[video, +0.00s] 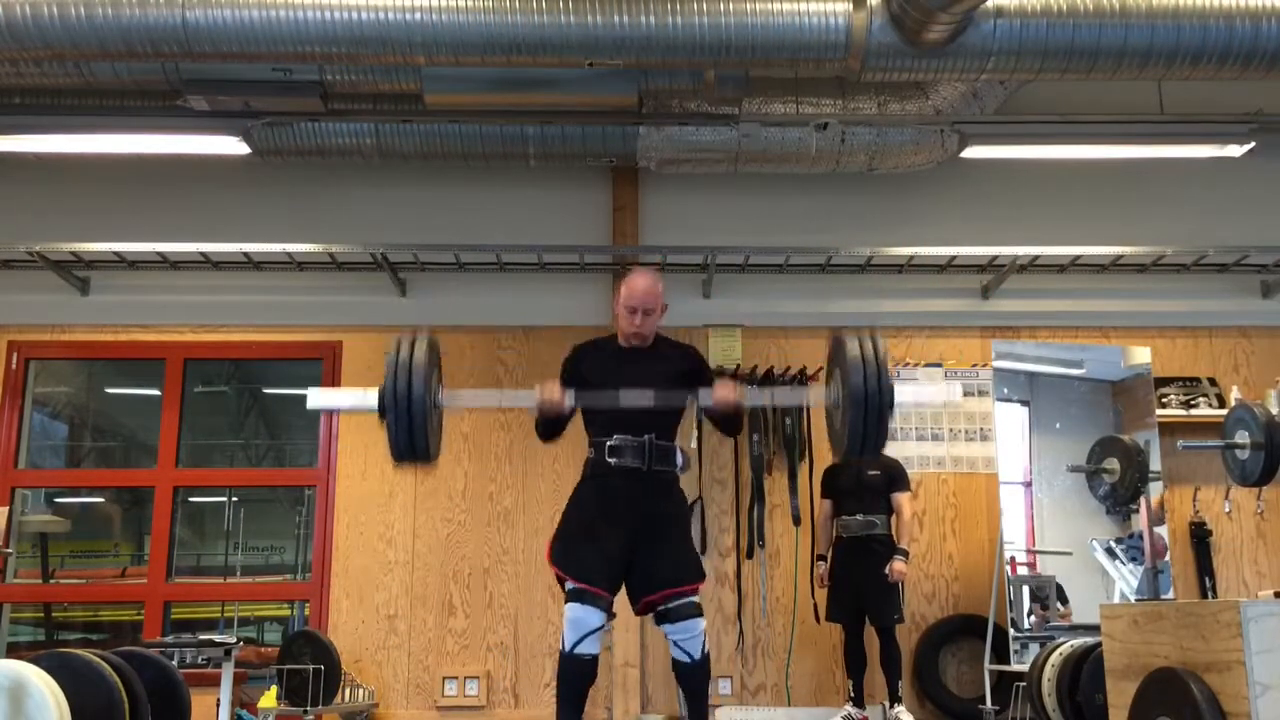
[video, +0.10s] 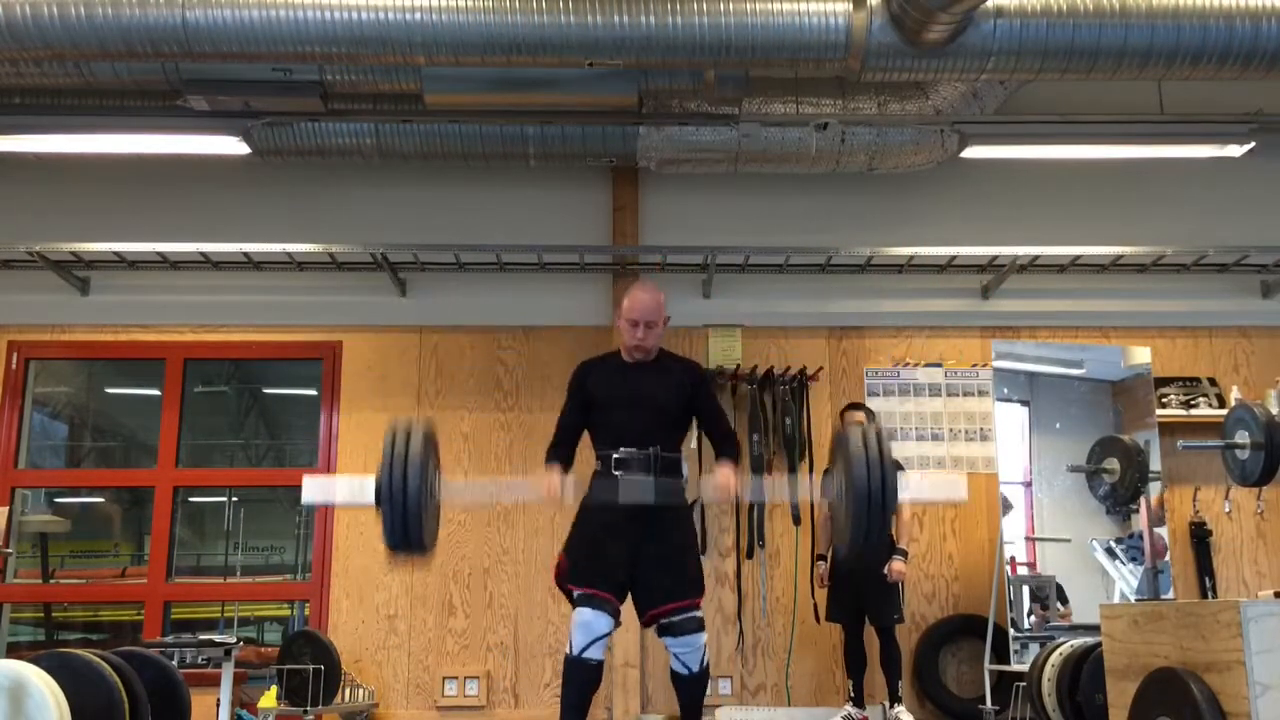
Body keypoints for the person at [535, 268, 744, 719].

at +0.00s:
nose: (639, 321)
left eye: (649, 312)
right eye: (631, 310)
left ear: (663, 311)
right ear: (615, 306)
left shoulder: (684, 361)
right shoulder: (586, 359)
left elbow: (730, 428)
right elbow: (548, 433)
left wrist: (728, 407)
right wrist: (550, 411)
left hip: (661, 502)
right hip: (600, 500)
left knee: (686, 626)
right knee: (583, 622)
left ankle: (698, 716)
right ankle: (568, 717)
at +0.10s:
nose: (640, 335)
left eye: (650, 326)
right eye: (632, 324)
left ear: (665, 323)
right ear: (617, 321)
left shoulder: (688, 376)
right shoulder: (591, 375)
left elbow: (723, 435)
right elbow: (565, 437)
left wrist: (726, 465)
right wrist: (555, 468)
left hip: (667, 517)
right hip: (606, 516)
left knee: (687, 637)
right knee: (589, 627)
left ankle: (691, 718)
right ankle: (571, 718)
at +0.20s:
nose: (647, 338)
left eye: (657, 330)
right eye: (639, 328)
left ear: (672, 329)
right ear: (627, 325)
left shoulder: (694, 381)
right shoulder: (599, 380)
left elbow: (729, 447)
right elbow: (573, 448)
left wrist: (731, 513)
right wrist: (560, 509)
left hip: (673, 516)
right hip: (614, 513)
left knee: (683, 630)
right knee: (594, 623)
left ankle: (690, 718)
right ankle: (570, 717)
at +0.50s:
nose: (649, 335)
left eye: (658, 325)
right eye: (641, 324)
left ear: (674, 325)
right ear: (628, 322)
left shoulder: (693, 377)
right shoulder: (601, 374)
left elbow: (722, 437)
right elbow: (582, 437)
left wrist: (744, 497)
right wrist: (570, 497)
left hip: (672, 509)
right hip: (615, 507)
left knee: (677, 616)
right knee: (597, 609)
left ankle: (688, 711)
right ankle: (594, 702)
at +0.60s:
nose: (638, 346)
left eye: (649, 336)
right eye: (632, 335)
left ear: (665, 336)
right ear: (620, 334)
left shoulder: (682, 388)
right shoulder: (594, 387)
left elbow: (714, 450)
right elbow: (573, 453)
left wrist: (743, 510)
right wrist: (558, 517)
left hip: (666, 521)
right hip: (610, 522)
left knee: (674, 625)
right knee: (597, 625)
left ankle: (688, 714)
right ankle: (590, 708)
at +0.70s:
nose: (631, 355)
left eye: (640, 347)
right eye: (624, 345)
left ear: (653, 346)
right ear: (611, 343)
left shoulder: (673, 395)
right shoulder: (585, 396)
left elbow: (703, 458)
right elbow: (562, 461)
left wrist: (730, 520)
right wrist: (547, 524)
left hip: (654, 521)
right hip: (601, 521)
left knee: (667, 626)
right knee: (596, 628)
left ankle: (685, 716)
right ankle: (591, 715)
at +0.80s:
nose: (617, 358)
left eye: (626, 350)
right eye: (610, 349)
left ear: (641, 350)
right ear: (598, 346)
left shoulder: (662, 395)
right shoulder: (574, 396)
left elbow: (687, 454)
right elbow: (553, 452)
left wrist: (703, 510)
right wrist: (545, 497)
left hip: (645, 519)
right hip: (593, 519)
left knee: (661, 626)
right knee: (594, 630)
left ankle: (685, 715)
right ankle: (593, 714)